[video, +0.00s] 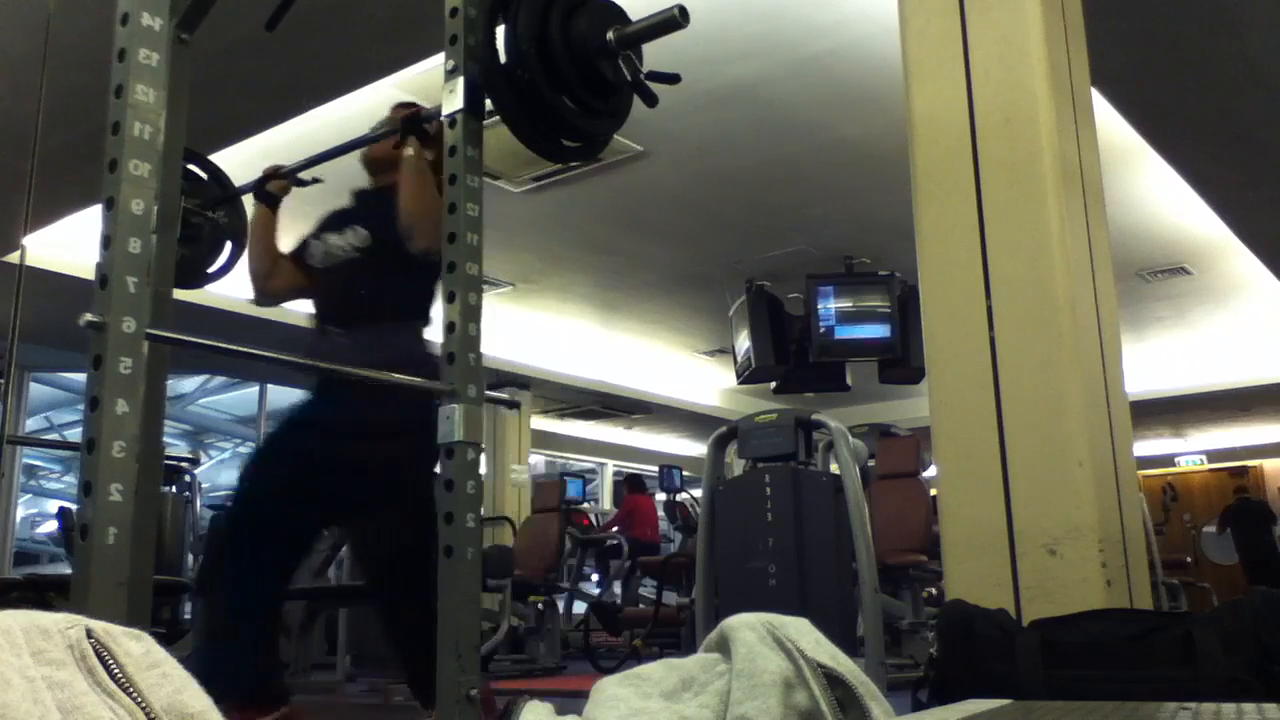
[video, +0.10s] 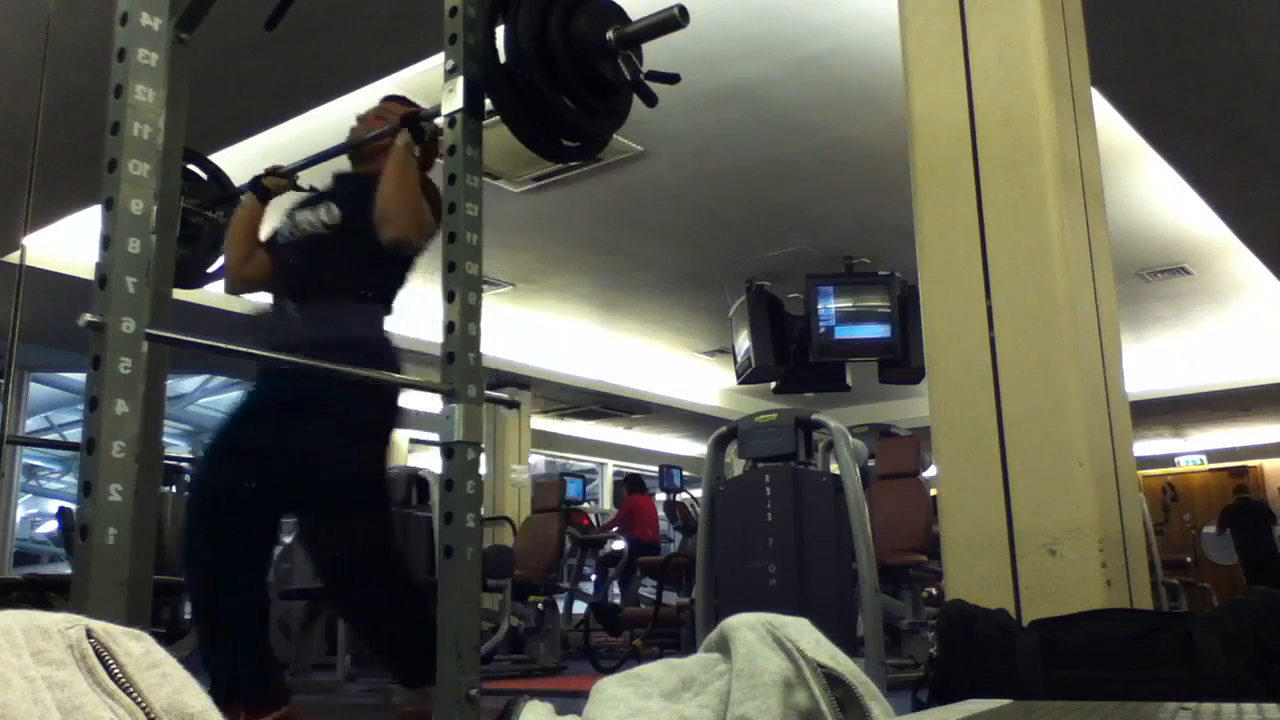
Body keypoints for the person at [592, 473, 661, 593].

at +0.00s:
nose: (624, 490)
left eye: (625, 487)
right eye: (625, 487)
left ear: (629, 486)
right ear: (642, 485)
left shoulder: (631, 500)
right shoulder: (649, 500)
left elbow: (617, 520)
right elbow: (636, 524)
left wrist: (600, 530)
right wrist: (617, 532)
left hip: (636, 545)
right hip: (653, 546)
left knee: (602, 553)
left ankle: (606, 590)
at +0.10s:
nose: (625, 490)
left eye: (625, 487)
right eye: (625, 487)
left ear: (630, 487)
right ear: (642, 486)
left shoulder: (631, 500)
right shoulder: (649, 500)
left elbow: (617, 520)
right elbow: (635, 523)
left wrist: (600, 530)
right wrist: (617, 533)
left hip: (637, 544)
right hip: (654, 545)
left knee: (602, 562)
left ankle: (599, 601)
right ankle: (632, 604)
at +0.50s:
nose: (625, 490)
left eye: (627, 488)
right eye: (626, 488)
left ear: (630, 488)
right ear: (644, 488)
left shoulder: (631, 499)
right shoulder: (650, 501)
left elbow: (617, 519)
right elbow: (636, 523)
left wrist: (600, 530)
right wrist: (618, 532)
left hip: (637, 548)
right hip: (654, 548)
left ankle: (617, 602)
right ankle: (622, 600)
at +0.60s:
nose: (625, 491)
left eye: (627, 488)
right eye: (625, 488)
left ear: (631, 488)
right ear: (644, 488)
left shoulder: (631, 500)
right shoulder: (650, 501)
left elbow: (617, 519)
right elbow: (637, 523)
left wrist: (600, 530)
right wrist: (618, 533)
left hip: (636, 547)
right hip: (654, 547)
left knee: (610, 570)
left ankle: (616, 603)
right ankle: (623, 602)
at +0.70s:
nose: (626, 491)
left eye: (627, 488)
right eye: (626, 488)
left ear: (630, 488)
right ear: (644, 487)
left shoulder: (631, 500)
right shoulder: (650, 501)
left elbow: (617, 519)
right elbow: (637, 523)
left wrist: (602, 529)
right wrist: (619, 531)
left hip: (637, 545)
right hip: (654, 546)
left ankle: (620, 595)